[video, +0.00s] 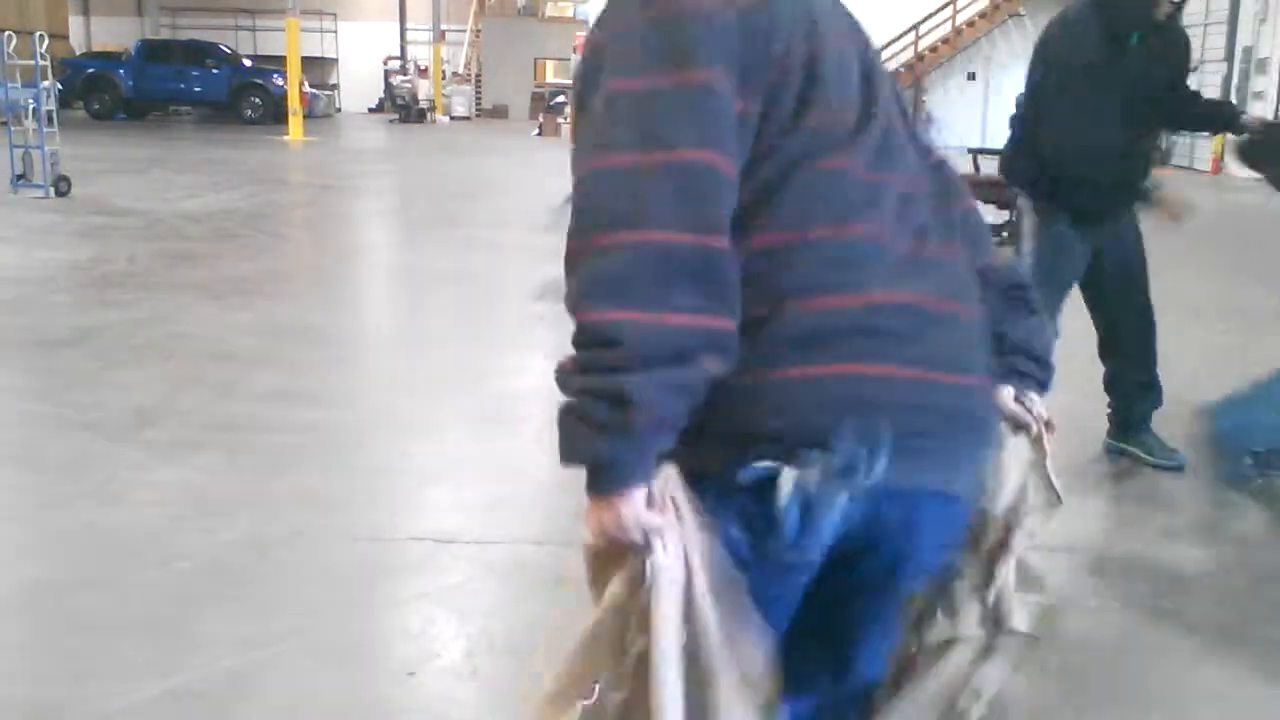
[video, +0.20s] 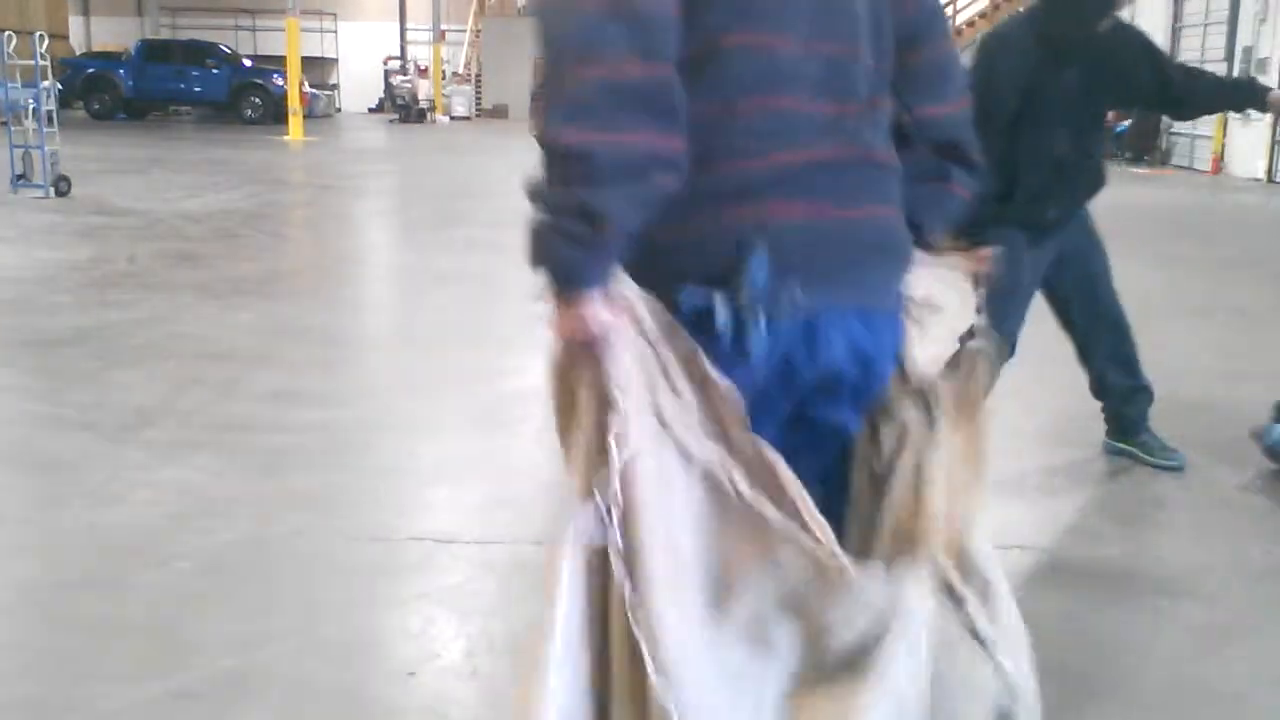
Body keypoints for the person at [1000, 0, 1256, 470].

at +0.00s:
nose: (1170, 8)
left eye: (1174, 6)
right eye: (1166, 4)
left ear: (1171, 7)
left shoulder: (1167, 40)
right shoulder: (1076, 30)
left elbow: (1165, 105)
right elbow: (1068, 134)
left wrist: (1234, 119)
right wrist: (1142, 188)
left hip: (1113, 201)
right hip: (1055, 202)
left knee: (1130, 322)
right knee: (1032, 323)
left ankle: (1129, 426)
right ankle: (1002, 431)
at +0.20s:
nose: (1104, 21)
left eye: (1108, 16)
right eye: (1099, 15)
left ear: (1107, 12)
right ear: (1075, 9)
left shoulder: (1110, 42)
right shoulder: (1009, 45)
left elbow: (1176, 88)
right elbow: (979, 132)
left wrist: (1256, 96)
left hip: (1066, 218)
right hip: (1008, 223)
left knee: (1102, 323)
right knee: (989, 346)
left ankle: (1126, 426)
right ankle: (930, 437)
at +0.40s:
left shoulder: (1061, 33)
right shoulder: (959, 32)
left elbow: (1125, 78)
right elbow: (921, 126)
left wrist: (1209, 87)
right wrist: (915, 215)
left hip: (1033, 212)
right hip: (971, 218)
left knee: (1082, 314)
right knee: (977, 341)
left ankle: (1094, 423)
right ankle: (925, 430)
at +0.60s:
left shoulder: (1029, 12)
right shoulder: (935, 11)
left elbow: (1097, 42)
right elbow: (908, 78)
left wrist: (1191, 58)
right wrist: (933, 152)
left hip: (1004, 175)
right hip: (947, 180)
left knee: (1045, 287)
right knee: (944, 312)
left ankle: (1053, 406)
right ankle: (909, 426)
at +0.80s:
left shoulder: (1023, 11)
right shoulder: (922, 9)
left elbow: (1094, 38)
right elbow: (881, 79)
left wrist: (1189, 49)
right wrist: (905, 153)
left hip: (984, 176)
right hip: (925, 179)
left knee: (1014, 300)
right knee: (919, 313)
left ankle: (1022, 419)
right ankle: (908, 429)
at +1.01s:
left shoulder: (1024, 10)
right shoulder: (922, 8)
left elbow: (1089, 39)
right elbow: (877, 67)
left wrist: (1177, 42)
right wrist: (864, 157)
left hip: (980, 174)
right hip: (921, 174)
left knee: (979, 306)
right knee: (916, 310)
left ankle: (962, 422)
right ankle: (907, 427)